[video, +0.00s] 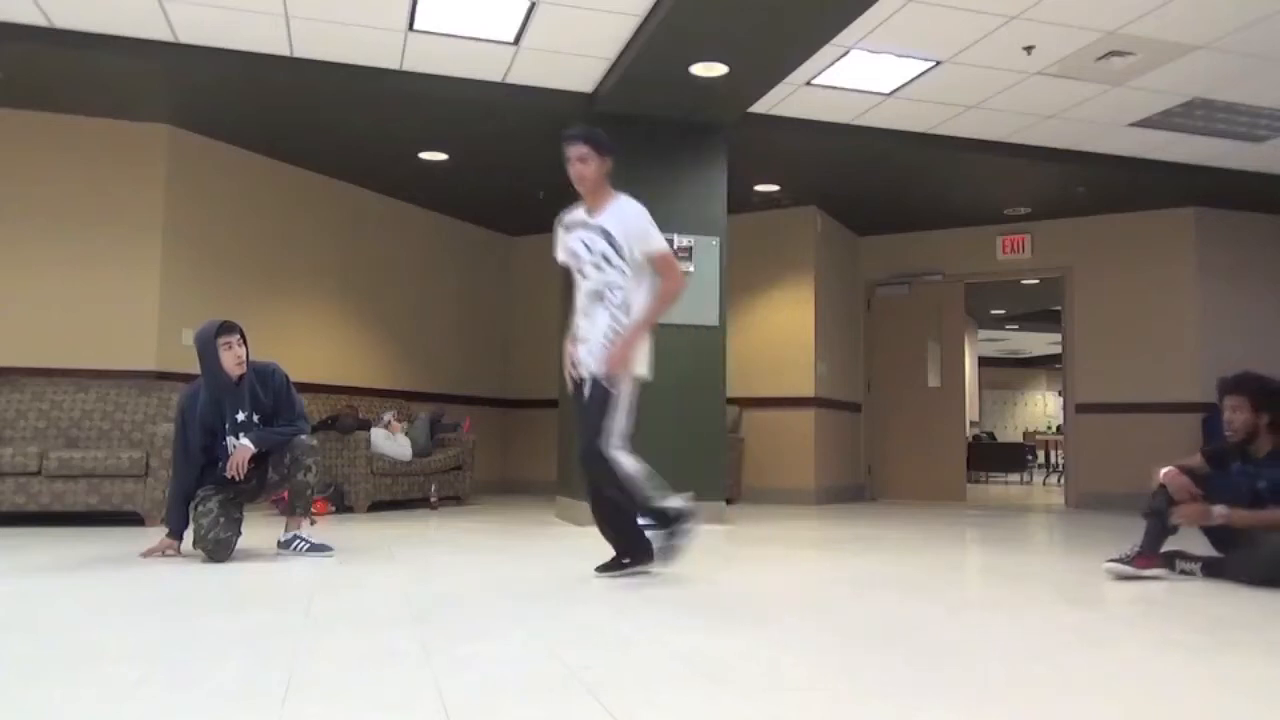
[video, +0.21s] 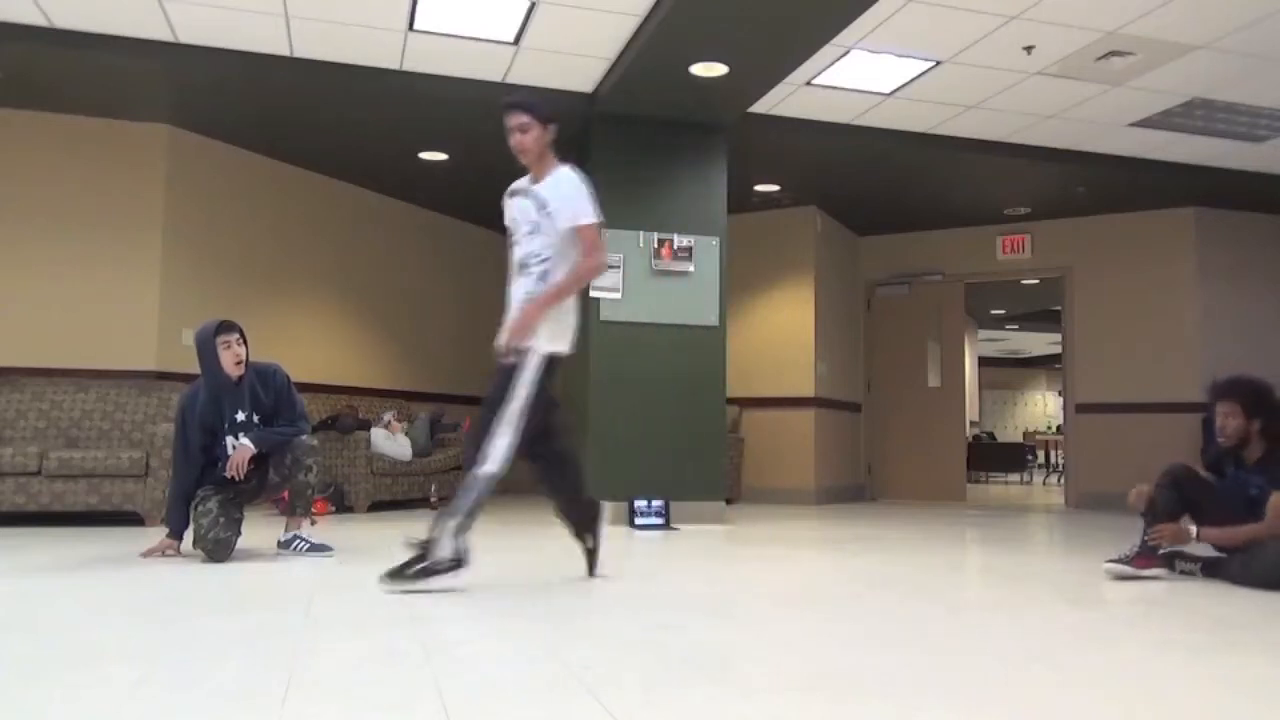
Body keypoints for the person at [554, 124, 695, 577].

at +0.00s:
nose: (577, 169)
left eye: (584, 160)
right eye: (570, 162)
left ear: (606, 163)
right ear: (566, 170)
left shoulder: (630, 214)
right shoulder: (568, 223)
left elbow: (674, 278)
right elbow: (583, 291)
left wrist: (630, 338)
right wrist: (571, 340)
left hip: (621, 350)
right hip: (584, 352)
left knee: (605, 447)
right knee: (592, 452)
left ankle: (669, 513)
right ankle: (630, 547)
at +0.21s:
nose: (516, 139)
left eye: (524, 129)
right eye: (510, 132)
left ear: (548, 131)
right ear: (508, 139)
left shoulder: (568, 185)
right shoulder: (517, 194)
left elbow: (594, 258)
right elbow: (527, 265)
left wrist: (535, 312)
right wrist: (510, 325)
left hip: (544, 336)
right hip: (518, 334)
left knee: (497, 434)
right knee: (540, 435)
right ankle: (584, 516)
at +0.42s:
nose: (472, 163)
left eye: (480, 152)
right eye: (465, 155)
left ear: (505, 152)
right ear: (461, 160)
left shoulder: (520, 204)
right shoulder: (481, 211)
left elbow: (533, 283)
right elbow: (488, 289)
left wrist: (474, 324)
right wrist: (454, 330)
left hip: (507, 353)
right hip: (482, 350)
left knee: (441, 446)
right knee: (444, 445)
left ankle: (429, 562)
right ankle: (524, 510)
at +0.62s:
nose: (451, 166)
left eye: (457, 154)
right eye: (442, 158)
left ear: (483, 149)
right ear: (437, 161)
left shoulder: (517, 198)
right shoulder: (457, 211)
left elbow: (529, 287)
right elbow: (464, 290)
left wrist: (454, 307)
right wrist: (435, 307)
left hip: (548, 330)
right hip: (510, 331)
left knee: (502, 433)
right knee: (483, 434)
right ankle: (496, 558)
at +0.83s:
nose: (472, 170)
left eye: (479, 157)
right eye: (463, 160)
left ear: (500, 154)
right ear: (454, 165)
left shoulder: (536, 202)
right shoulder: (466, 221)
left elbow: (586, 260)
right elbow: (490, 290)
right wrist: (464, 343)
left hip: (564, 355)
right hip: (511, 356)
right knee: (483, 454)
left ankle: (684, 534)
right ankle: (498, 561)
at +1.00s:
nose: (513, 149)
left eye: (521, 136)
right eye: (503, 140)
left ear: (544, 130)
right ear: (495, 140)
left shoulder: (582, 167)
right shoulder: (503, 175)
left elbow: (666, 193)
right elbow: (505, 201)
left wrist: (762, 199)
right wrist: (463, 226)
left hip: (610, 317)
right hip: (549, 317)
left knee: (678, 427)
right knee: (490, 408)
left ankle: (751, 532)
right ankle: (486, 520)